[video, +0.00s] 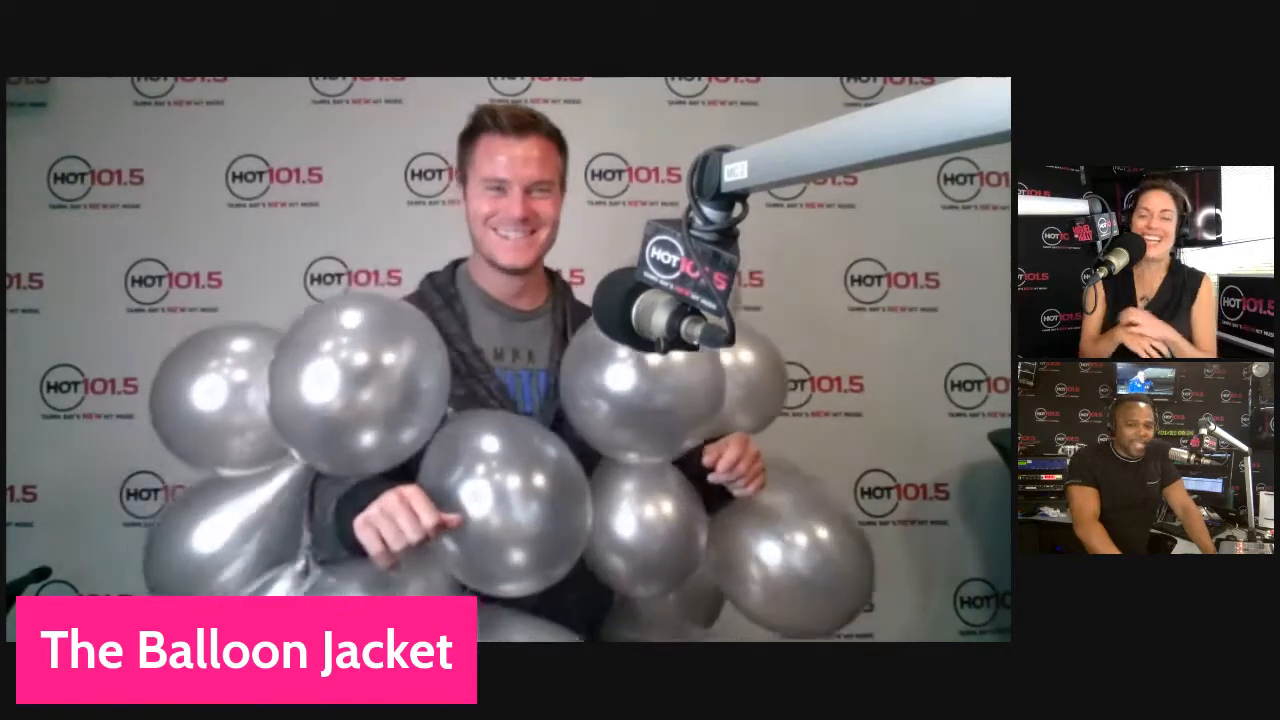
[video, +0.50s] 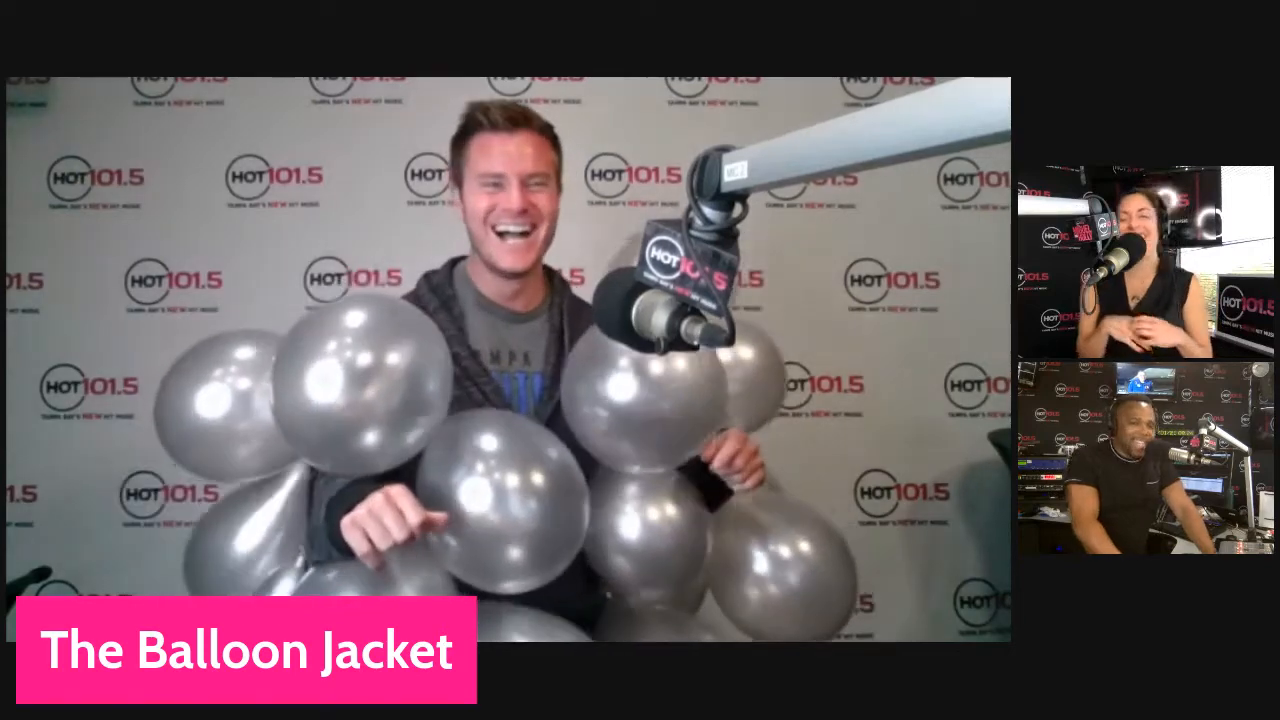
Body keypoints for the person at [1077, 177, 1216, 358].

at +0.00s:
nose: (1152, 225)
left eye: (1165, 217)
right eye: (1143, 215)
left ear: (1178, 227)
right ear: (1130, 222)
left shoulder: (1198, 285)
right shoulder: (1103, 282)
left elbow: (1208, 362)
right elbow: (1086, 353)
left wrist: (1166, 332)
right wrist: (1117, 334)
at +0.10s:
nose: (1149, 226)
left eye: (1162, 218)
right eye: (1139, 216)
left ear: (1176, 226)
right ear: (1127, 222)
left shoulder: (1195, 285)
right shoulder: (1102, 282)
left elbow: (1201, 361)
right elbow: (1089, 354)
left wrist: (1161, 330)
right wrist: (1118, 331)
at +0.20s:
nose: (1145, 225)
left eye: (1158, 217)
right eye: (1136, 216)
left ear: (1173, 226)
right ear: (1125, 222)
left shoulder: (1193, 283)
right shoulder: (1102, 282)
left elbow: (1203, 360)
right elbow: (1089, 356)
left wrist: (1163, 331)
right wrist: (1113, 330)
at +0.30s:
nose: (1142, 225)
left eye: (1154, 216)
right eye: (1132, 216)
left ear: (1170, 227)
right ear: (1121, 224)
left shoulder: (1192, 284)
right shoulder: (1101, 284)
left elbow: (1208, 359)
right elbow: (1088, 357)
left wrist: (1171, 334)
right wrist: (1109, 327)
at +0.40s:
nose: (1137, 225)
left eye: (1148, 215)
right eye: (1128, 217)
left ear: (1164, 225)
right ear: (1119, 226)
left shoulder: (1190, 284)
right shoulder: (1099, 286)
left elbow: (1209, 358)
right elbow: (1088, 356)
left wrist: (1178, 335)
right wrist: (1107, 326)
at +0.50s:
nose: (1133, 225)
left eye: (1143, 216)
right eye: (1123, 218)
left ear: (1160, 224)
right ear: (1116, 228)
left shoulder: (1186, 284)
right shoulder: (1098, 285)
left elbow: (1206, 358)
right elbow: (1086, 356)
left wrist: (1180, 337)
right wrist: (1106, 325)